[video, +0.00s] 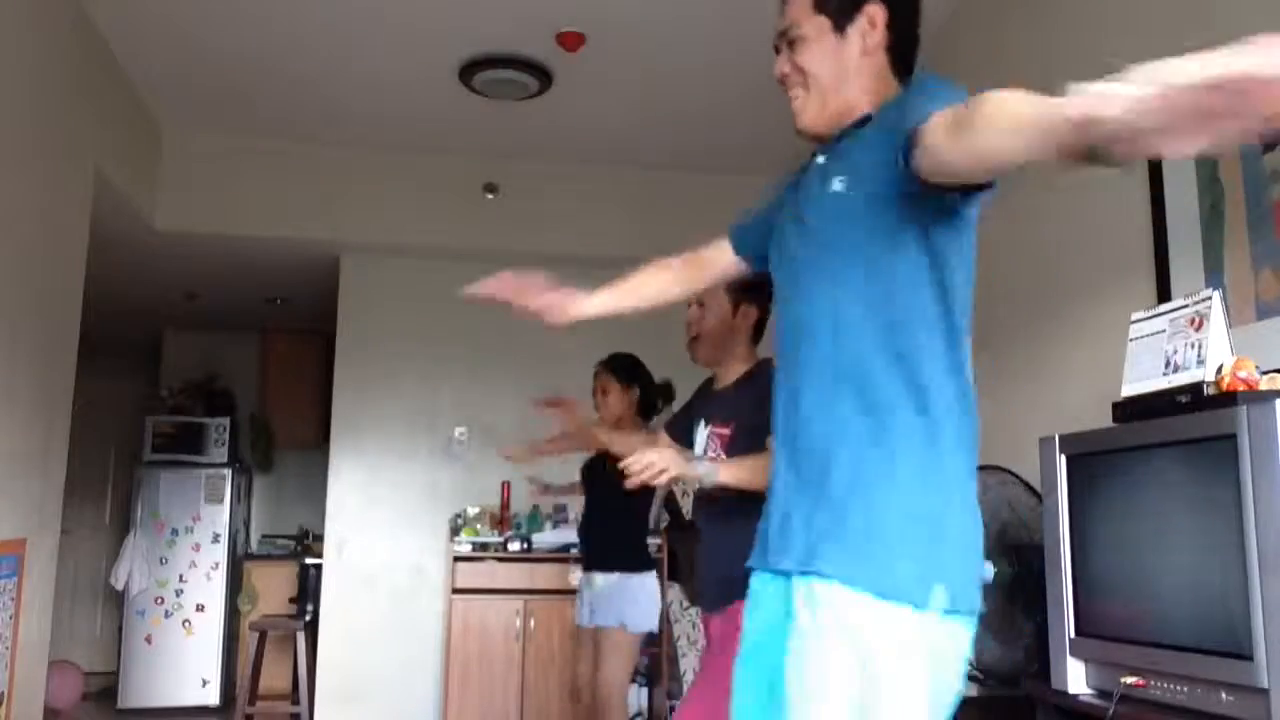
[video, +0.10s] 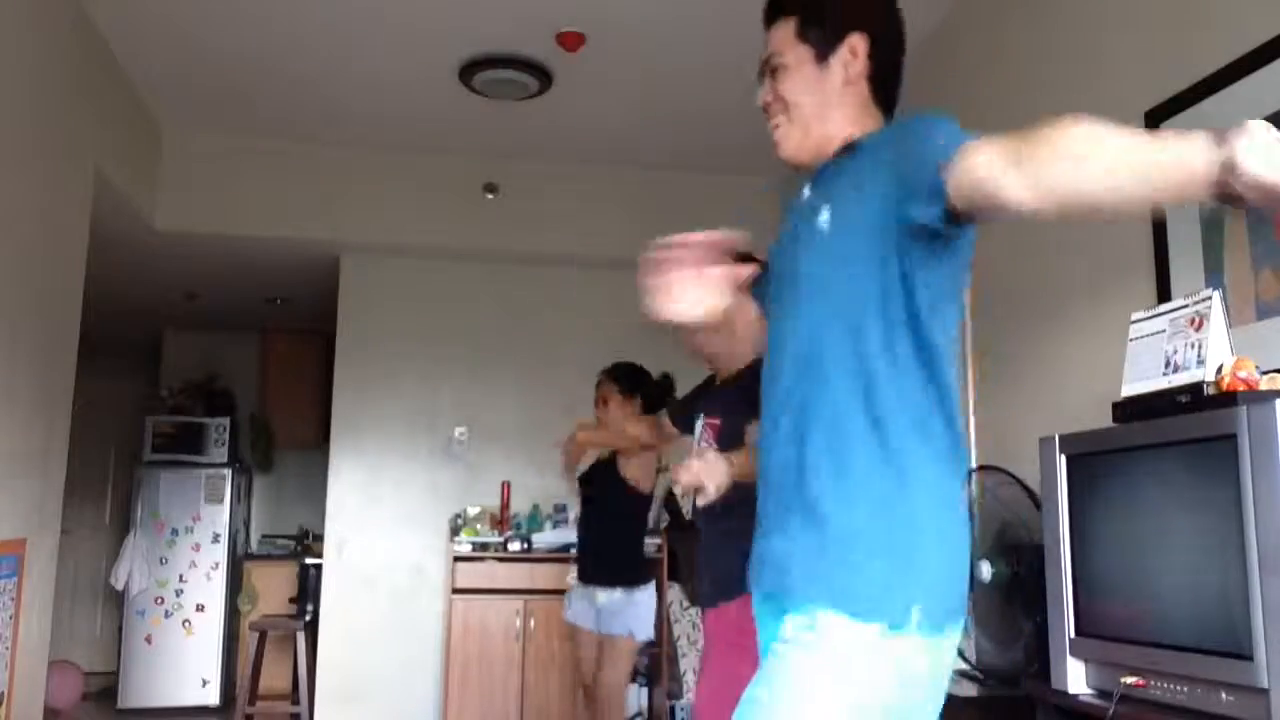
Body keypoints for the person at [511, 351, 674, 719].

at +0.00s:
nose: (597, 401)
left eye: (605, 392)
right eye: (595, 393)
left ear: (633, 395)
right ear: (595, 396)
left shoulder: (647, 445)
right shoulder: (602, 450)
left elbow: (603, 438)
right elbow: (587, 487)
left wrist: (575, 422)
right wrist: (551, 491)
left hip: (628, 581)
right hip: (594, 578)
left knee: (609, 695)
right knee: (585, 691)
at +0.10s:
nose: (597, 412)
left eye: (605, 402)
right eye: (597, 403)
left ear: (634, 404)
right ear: (599, 405)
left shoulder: (645, 446)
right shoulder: (600, 451)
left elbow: (641, 436)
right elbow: (571, 464)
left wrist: (584, 436)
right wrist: (575, 449)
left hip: (627, 587)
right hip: (587, 583)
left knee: (609, 692)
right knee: (588, 686)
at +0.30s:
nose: (605, 429)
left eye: (614, 419)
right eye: (603, 419)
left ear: (642, 425)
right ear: (600, 422)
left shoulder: (648, 463)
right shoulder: (605, 462)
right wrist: (566, 457)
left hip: (624, 605)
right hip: (592, 598)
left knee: (591, 709)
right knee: (580, 705)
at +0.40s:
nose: (610, 406)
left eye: (619, 397)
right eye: (609, 396)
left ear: (647, 405)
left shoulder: (635, 442)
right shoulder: (624, 441)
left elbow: (569, 446)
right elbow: (568, 446)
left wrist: (487, 455)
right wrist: (537, 458)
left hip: (619, 580)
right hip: (603, 577)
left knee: (596, 699)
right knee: (592, 698)